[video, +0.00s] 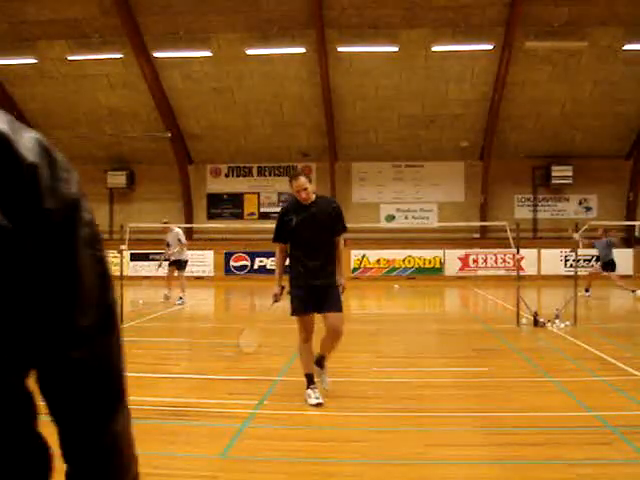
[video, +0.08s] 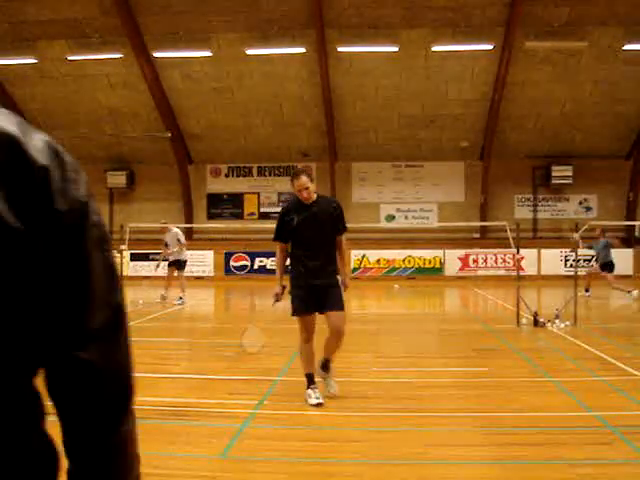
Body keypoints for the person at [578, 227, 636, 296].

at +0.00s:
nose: (599, 233)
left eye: (601, 232)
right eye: (599, 231)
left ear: (604, 233)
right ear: (598, 233)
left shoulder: (608, 241)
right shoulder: (597, 242)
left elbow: (617, 244)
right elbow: (588, 243)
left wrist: (615, 237)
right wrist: (580, 240)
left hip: (609, 263)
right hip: (602, 264)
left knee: (616, 280)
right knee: (591, 274)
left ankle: (632, 290)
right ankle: (587, 290)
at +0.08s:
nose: (596, 234)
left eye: (598, 232)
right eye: (596, 232)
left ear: (602, 233)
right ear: (596, 234)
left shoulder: (606, 242)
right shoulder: (595, 243)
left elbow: (617, 245)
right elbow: (582, 247)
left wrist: (614, 240)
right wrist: (579, 240)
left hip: (608, 265)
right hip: (600, 265)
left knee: (613, 284)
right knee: (588, 273)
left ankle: (630, 291)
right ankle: (587, 291)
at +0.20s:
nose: (592, 233)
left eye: (594, 232)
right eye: (591, 232)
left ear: (597, 233)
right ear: (591, 233)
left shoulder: (599, 240)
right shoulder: (594, 243)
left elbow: (609, 244)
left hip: (606, 261)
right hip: (599, 262)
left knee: (602, 283)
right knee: (587, 272)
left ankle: (621, 291)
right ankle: (587, 291)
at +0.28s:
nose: (592, 232)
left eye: (593, 229)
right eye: (591, 230)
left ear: (597, 230)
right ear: (590, 231)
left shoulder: (600, 237)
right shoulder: (594, 241)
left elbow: (609, 242)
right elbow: (595, 254)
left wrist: (599, 246)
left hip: (608, 258)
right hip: (601, 259)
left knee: (604, 278)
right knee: (590, 273)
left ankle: (620, 290)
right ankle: (587, 290)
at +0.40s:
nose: (594, 232)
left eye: (596, 230)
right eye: (593, 230)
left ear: (599, 230)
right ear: (592, 231)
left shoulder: (604, 237)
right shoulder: (597, 240)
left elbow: (612, 244)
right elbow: (597, 250)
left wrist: (602, 248)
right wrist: (600, 256)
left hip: (612, 257)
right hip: (605, 257)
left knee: (610, 275)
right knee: (594, 273)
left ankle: (625, 290)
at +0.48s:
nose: (596, 233)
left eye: (597, 231)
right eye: (595, 231)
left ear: (600, 231)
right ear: (594, 232)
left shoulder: (606, 239)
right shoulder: (597, 241)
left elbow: (615, 246)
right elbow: (597, 253)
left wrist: (606, 251)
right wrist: (601, 257)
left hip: (614, 258)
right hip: (606, 259)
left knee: (613, 277)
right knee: (597, 276)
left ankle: (628, 290)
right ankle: (600, 291)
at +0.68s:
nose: (609, 230)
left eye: (610, 228)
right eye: (608, 229)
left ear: (613, 229)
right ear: (606, 230)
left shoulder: (619, 237)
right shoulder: (606, 242)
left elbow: (630, 241)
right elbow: (606, 253)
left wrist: (625, 246)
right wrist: (608, 261)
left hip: (622, 258)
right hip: (613, 259)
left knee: (622, 274)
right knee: (606, 275)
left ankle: (630, 292)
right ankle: (601, 290)